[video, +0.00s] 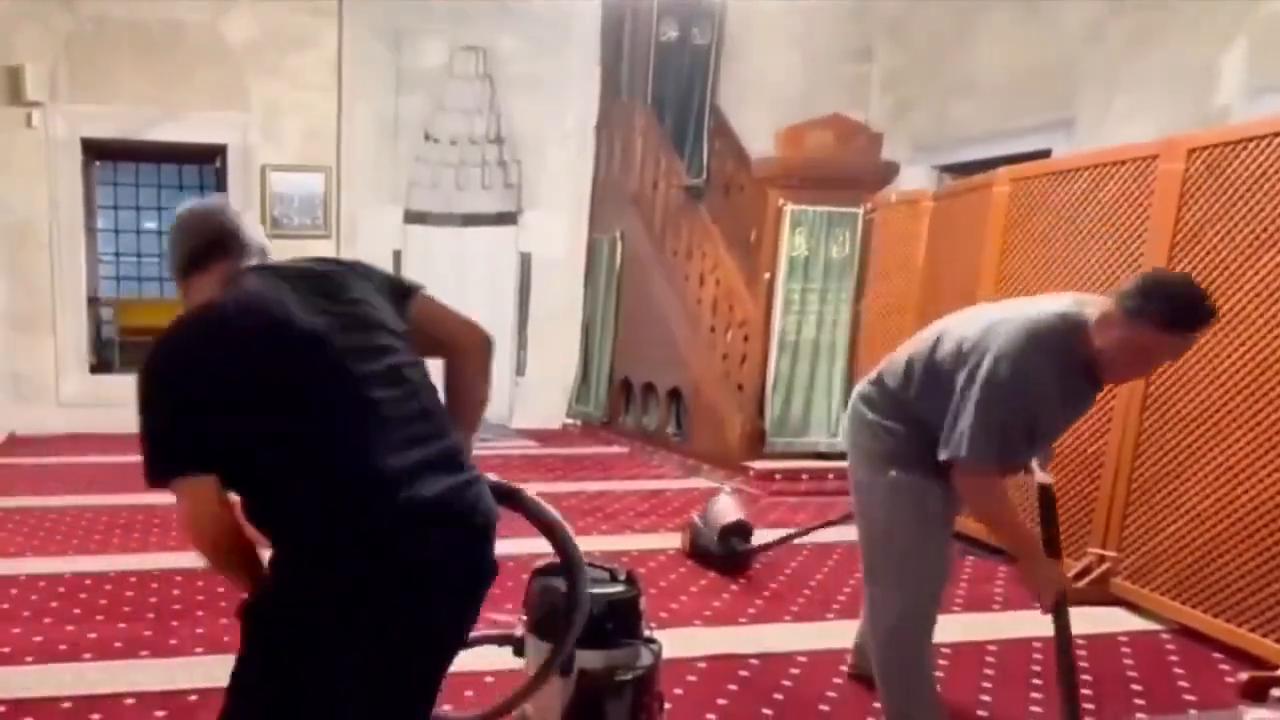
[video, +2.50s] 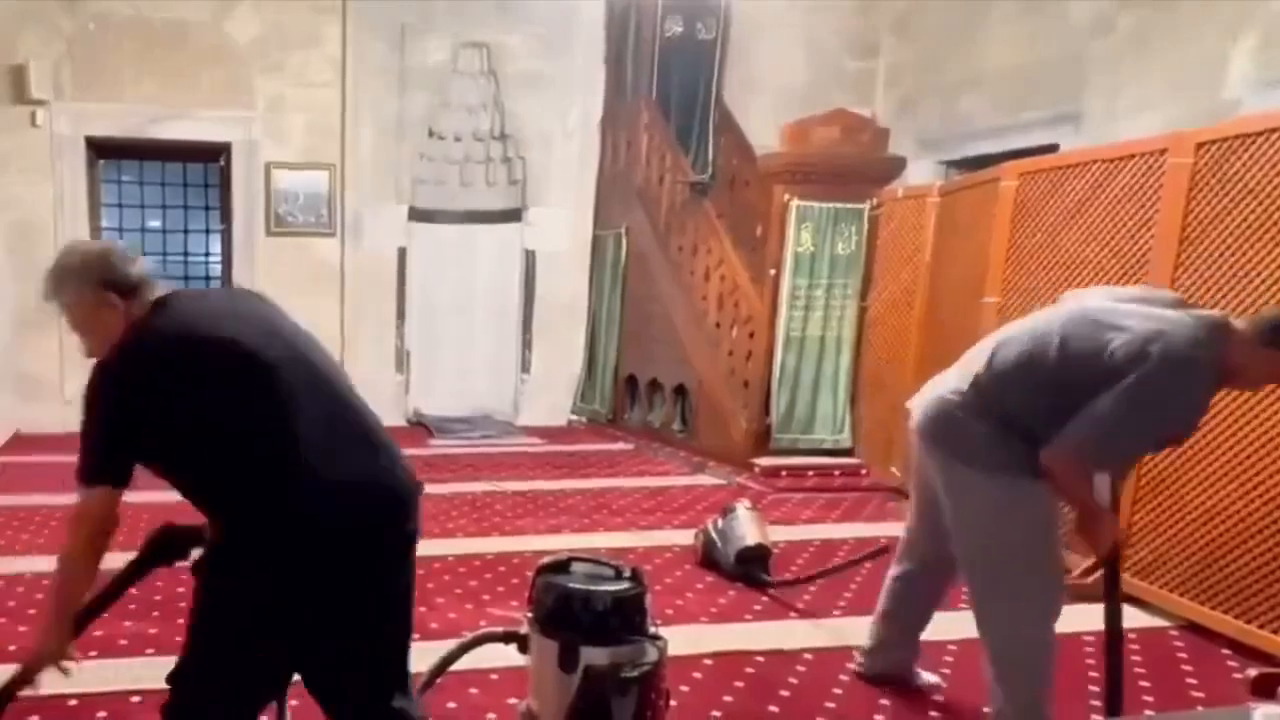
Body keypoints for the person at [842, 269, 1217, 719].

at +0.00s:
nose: (1147, 372)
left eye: (1160, 362)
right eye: (1147, 354)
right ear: (1116, 326)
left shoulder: (1094, 341)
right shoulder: (1020, 349)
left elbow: (1042, 393)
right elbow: (975, 479)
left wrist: (1032, 448)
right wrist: (1034, 563)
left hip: (945, 437)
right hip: (894, 428)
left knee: (921, 564)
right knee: (905, 588)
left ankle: (872, 656)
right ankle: (912, 708)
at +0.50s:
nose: (1154, 398)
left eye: (1168, 389)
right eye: (1155, 381)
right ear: (1124, 345)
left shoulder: (1098, 352)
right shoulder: (1037, 364)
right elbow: (1002, 491)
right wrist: (1052, 596)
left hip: (940, 431)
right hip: (890, 423)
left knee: (914, 559)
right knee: (910, 576)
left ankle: (873, 656)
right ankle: (913, 707)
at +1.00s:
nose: (1144, 413)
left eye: (1158, 405)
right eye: (1149, 398)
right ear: (1122, 360)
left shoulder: (1101, 346)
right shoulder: (1031, 373)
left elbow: (1059, 417)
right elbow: (960, 485)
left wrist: (1038, 467)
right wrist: (1020, 575)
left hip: (930, 429)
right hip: (888, 428)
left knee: (910, 557)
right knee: (921, 577)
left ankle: (874, 657)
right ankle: (912, 707)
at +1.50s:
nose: (1148, 417)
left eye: (1162, 407)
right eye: (1149, 398)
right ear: (1116, 363)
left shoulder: (1097, 375)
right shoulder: (1029, 379)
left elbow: (1040, 448)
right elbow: (971, 505)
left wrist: (1038, 514)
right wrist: (1020, 597)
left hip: (943, 429)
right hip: (887, 423)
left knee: (922, 561)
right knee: (900, 586)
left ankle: (875, 653)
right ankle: (910, 707)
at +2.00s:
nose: (1189, 347)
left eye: (1199, 335)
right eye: (1191, 330)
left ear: (1146, 302)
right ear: (1157, 308)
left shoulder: (1095, 327)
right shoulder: (1074, 339)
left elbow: (1012, 432)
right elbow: (994, 447)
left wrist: (1022, 513)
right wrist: (1025, 520)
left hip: (916, 421)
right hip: (914, 430)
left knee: (918, 548)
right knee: (969, 565)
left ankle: (882, 655)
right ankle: (923, 707)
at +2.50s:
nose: (1265, 385)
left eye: (1273, 376)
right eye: (1274, 374)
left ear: (1255, 329)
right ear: (1266, 353)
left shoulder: (1170, 307)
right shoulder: (1184, 369)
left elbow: (1074, 302)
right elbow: (1063, 458)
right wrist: (1093, 516)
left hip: (941, 409)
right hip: (989, 442)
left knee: (925, 556)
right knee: (1024, 601)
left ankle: (885, 659)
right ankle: (1021, 713)